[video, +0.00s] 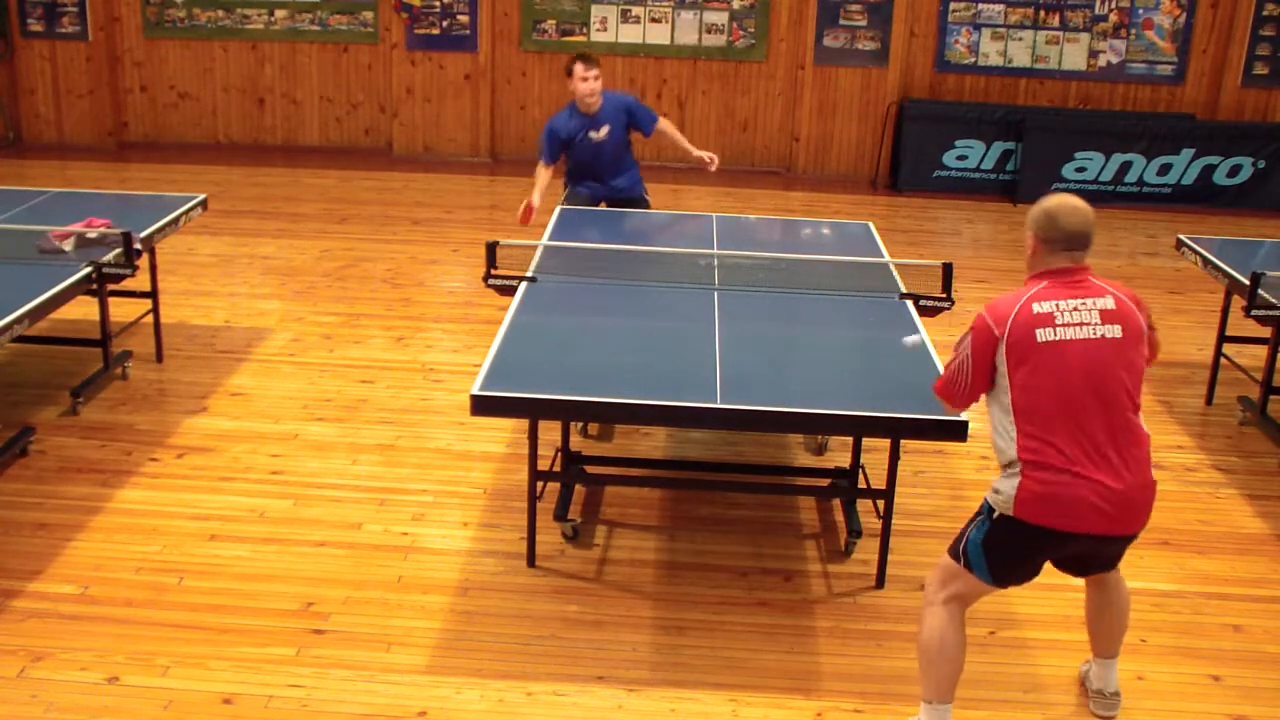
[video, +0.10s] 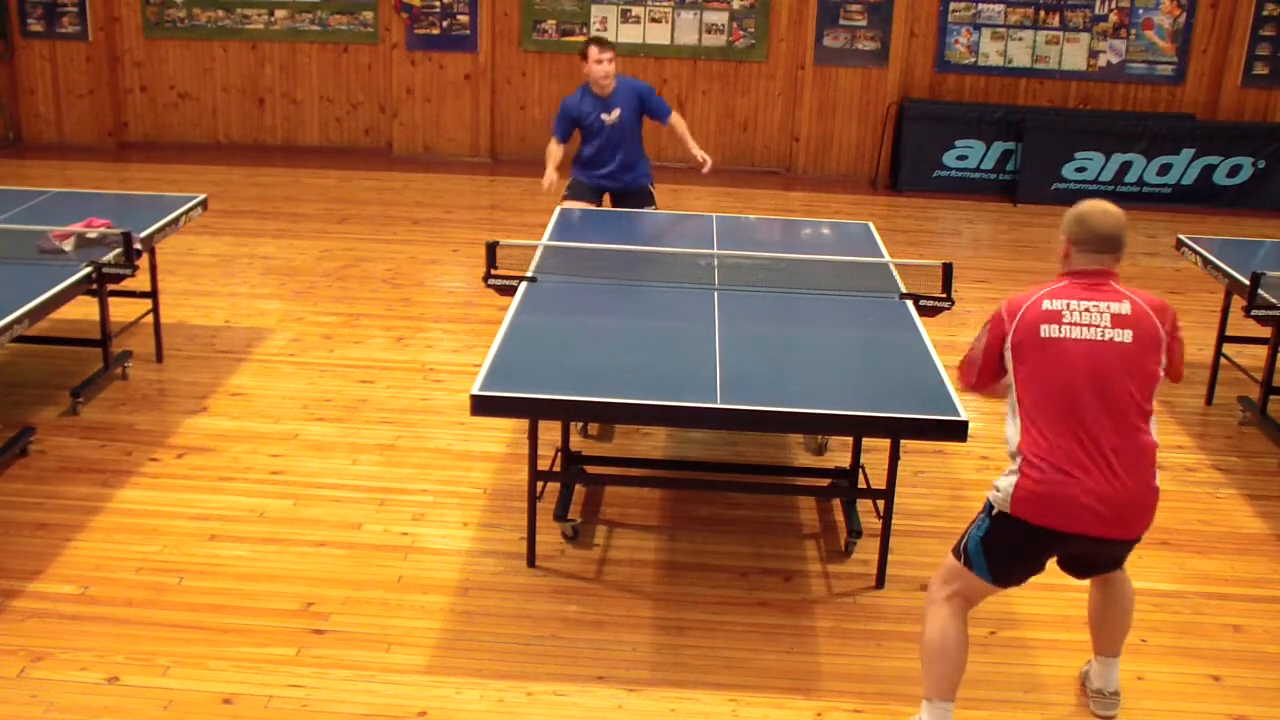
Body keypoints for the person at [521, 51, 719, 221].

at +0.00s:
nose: (591, 86)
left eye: (595, 79)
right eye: (584, 80)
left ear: (602, 80)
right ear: (570, 84)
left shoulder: (623, 106)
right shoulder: (560, 126)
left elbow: (659, 125)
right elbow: (546, 165)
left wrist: (694, 152)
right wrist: (535, 196)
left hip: (625, 183)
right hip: (584, 187)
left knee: (642, 237)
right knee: (567, 236)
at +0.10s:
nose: (606, 68)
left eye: (610, 61)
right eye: (599, 62)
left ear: (615, 63)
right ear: (585, 67)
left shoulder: (636, 92)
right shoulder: (574, 105)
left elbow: (671, 117)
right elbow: (558, 141)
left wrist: (693, 147)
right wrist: (551, 169)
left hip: (631, 175)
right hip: (589, 176)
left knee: (646, 233)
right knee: (570, 224)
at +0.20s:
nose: (613, 53)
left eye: (617, 47)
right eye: (606, 48)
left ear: (623, 49)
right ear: (592, 52)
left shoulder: (641, 79)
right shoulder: (579, 89)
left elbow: (670, 109)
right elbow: (561, 127)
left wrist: (683, 140)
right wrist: (563, 156)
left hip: (634, 165)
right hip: (593, 166)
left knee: (651, 223)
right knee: (570, 213)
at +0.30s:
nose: (616, 49)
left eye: (620, 43)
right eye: (609, 44)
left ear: (624, 45)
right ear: (595, 48)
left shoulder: (643, 76)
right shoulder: (581, 84)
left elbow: (665, 106)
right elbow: (562, 124)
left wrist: (673, 139)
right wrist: (573, 151)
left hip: (632, 159)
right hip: (592, 158)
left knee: (648, 208)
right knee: (570, 207)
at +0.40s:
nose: (616, 58)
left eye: (620, 52)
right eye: (609, 53)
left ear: (626, 54)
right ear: (596, 57)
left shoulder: (642, 84)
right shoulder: (582, 91)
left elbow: (665, 116)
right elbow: (562, 131)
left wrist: (665, 147)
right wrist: (579, 160)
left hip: (632, 169)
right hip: (591, 167)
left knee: (652, 223)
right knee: (567, 214)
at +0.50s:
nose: (605, 71)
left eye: (610, 64)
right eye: (599, 65)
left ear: (617, 64)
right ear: (588, 66)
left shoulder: (636, 90)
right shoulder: (577, 97)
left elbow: (661, 123)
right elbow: (552, 136)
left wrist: (654, 151)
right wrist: (573, 159)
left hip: (628, 171)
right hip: (588, 171)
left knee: (649, 224)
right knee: (563, 214)